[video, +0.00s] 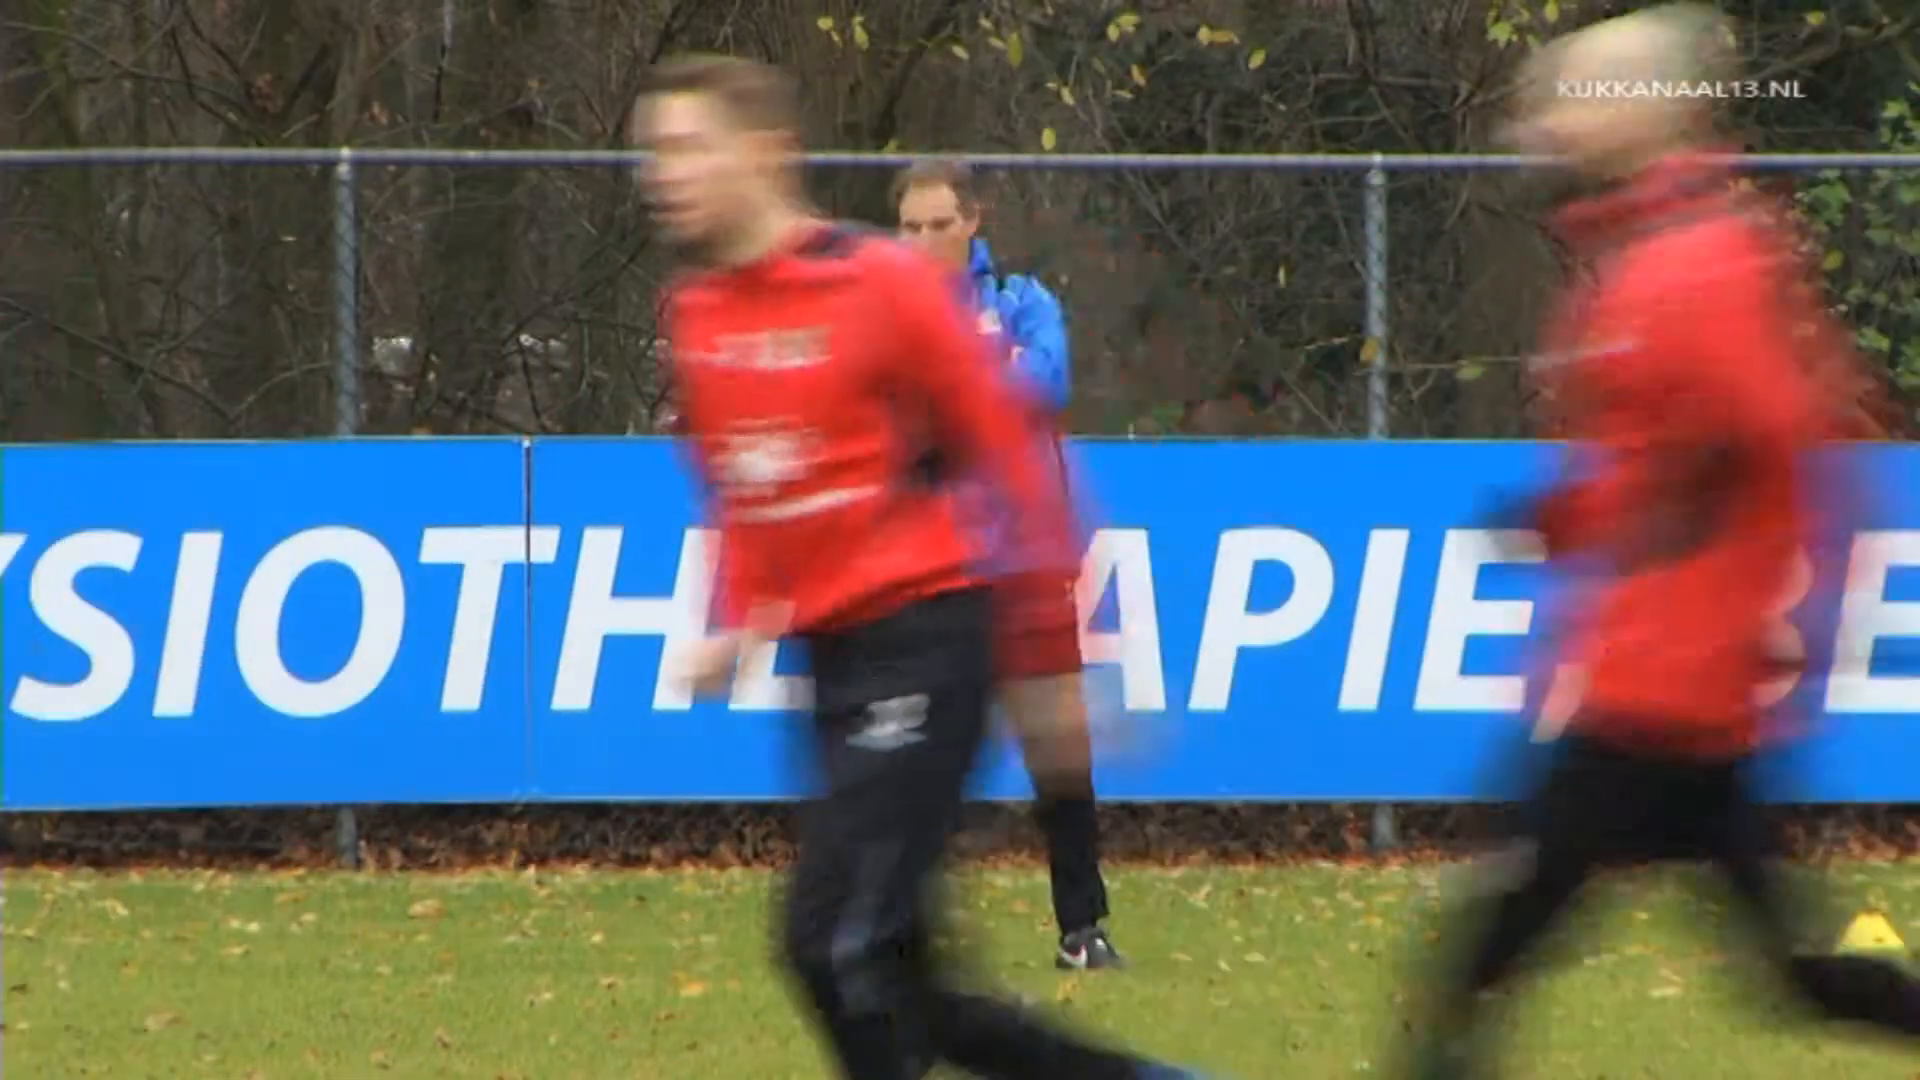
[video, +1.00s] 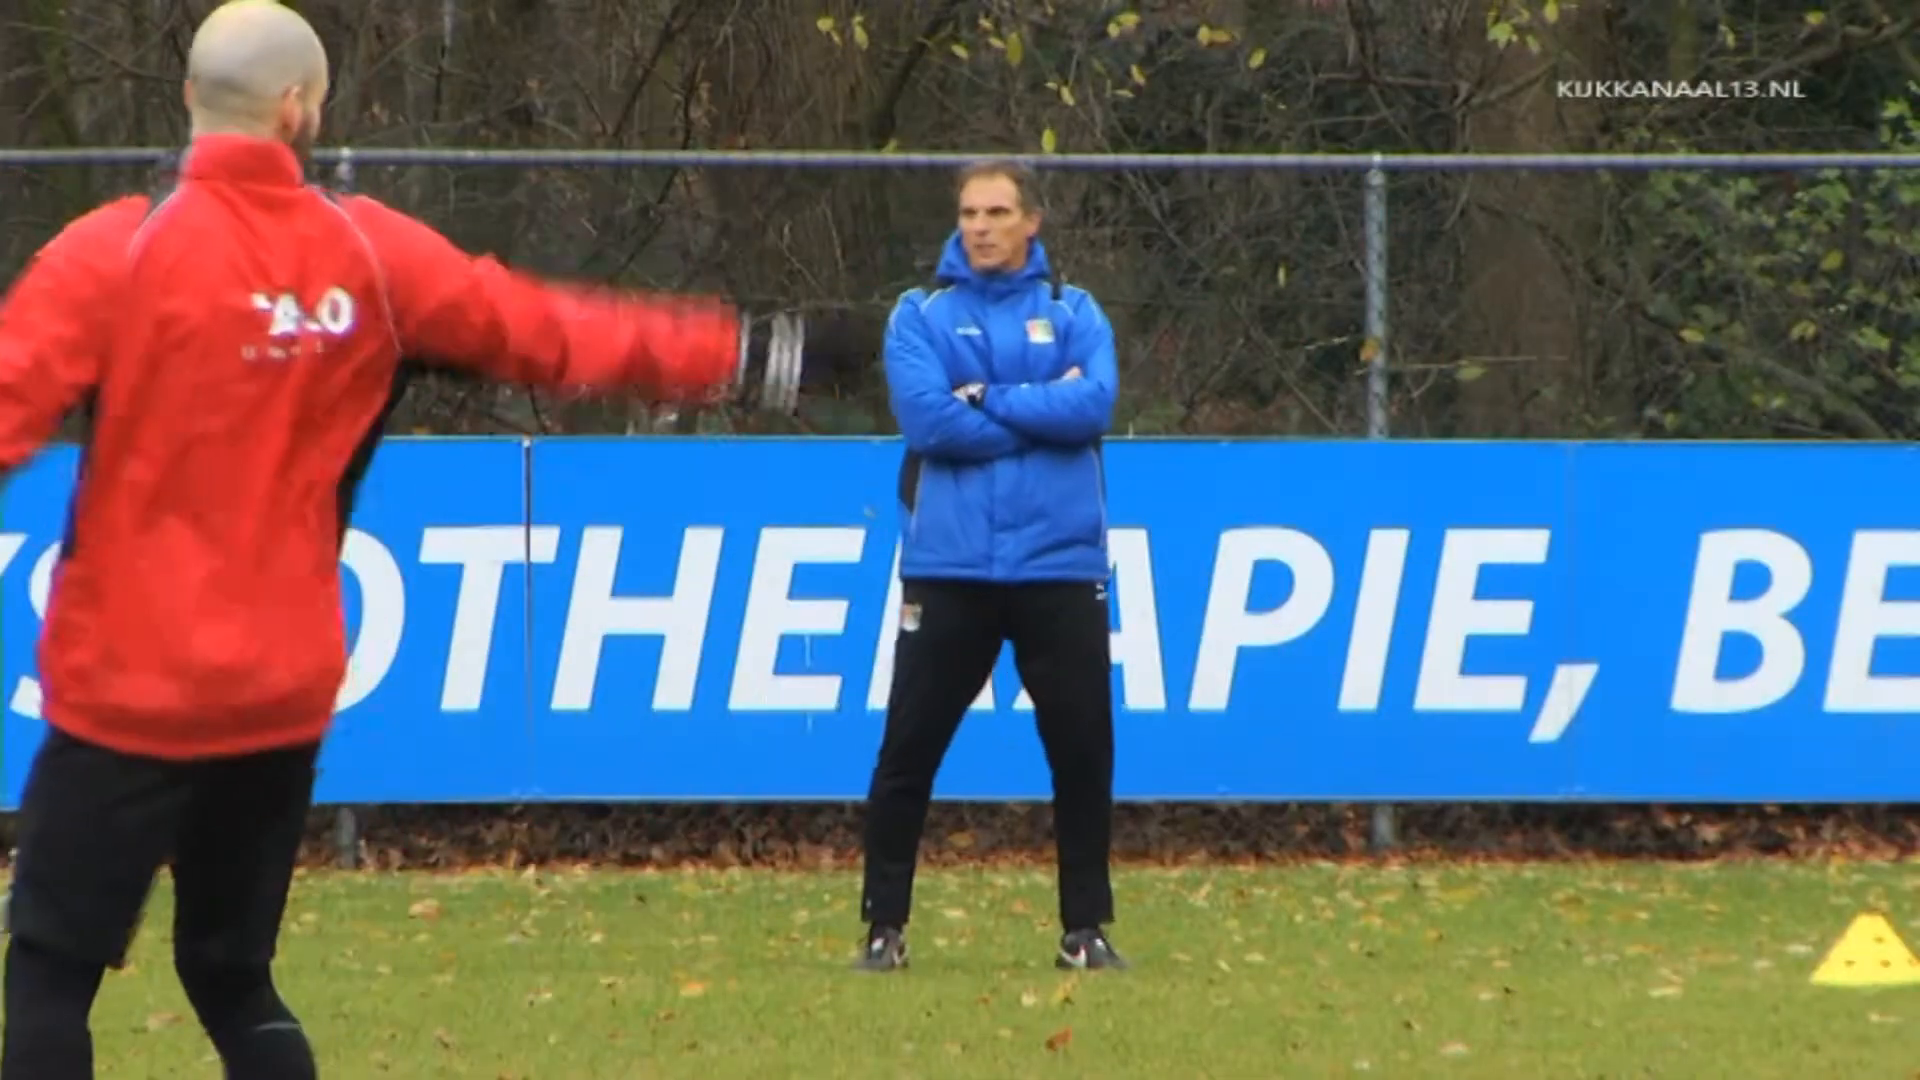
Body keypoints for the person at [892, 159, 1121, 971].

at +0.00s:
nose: (921, 242)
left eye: (936, 226)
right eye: (908, 227)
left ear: (972, 224)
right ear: (892, 228)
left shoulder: (1019, 303)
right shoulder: (872, 306)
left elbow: (1041, 382)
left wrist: (950, 361)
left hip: (1016, 548)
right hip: (915, 556)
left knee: (1055, 730)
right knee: (908, 749)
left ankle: (1081, 923)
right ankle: (898, 929)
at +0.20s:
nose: (919, 267)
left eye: (934, 251)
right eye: (906, 252)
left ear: (965, 235)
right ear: (889, 243)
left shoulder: (1020, 307)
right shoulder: (864, 324)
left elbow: (1045, 393)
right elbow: (886, 423)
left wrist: (934, 394)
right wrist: (995, 411)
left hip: (1018, 568)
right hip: (910, 573)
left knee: (1055, 748)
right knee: (883, 756)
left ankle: (1085, 919)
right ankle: (880, 926)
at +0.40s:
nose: (925, 261)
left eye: (937, 245)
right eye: (910, 248)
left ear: (963, 242)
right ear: (890, 253)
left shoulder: (1016, 316)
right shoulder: (871, 329)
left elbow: (1038, 407)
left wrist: (945, 395)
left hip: (1007, 574)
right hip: (899, 579)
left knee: (1054, 756)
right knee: (876, 753)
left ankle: (1083, 929)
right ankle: (879, 929)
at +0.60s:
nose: (929, 249)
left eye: (944, 233)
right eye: (916, 236)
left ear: (976, 229)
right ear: (902, 239)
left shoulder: (1028, 310)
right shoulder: (871, 319)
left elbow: (1046, 400)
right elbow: (885, 421)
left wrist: (941, 394)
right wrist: (999, 416)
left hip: (1016, 568)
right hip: (906, 572)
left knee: (1057, 750)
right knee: (881, 753)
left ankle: (1082, 931)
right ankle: (881, 931)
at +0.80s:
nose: (950, 230)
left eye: (965, 216)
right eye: (939, 217)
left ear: (1000, 225)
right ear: (924, 228)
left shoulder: (1047, 310)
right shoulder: (891, 315)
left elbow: (1071, 400)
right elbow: (908, 421)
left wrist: (962, 394)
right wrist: (1018, 416)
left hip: (1035, 566)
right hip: (924, 568)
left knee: (1070, 749)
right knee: (894, 751)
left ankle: (1083, 931)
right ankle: (881, 929)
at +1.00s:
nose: (982, 227)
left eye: (998, 213)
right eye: (970, 214)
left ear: (1031, 223)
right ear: (956, 225)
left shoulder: (1075, 310)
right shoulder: (919, 313)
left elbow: (1093, 405)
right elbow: (927, 424)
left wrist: (983, 396)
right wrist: (1037, 418)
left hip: (1061, 569)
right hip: (951, 571)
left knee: (1084, 754)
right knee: (908, 752)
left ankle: (1085, 933)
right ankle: (883, 930)